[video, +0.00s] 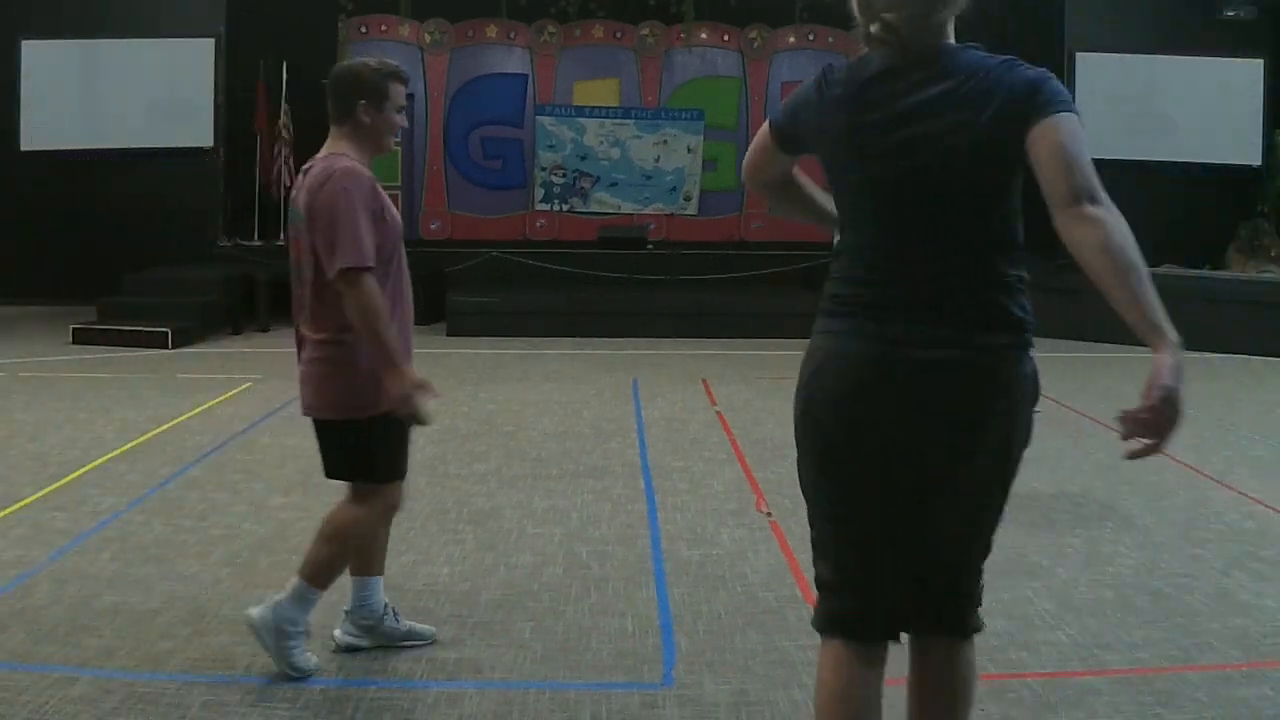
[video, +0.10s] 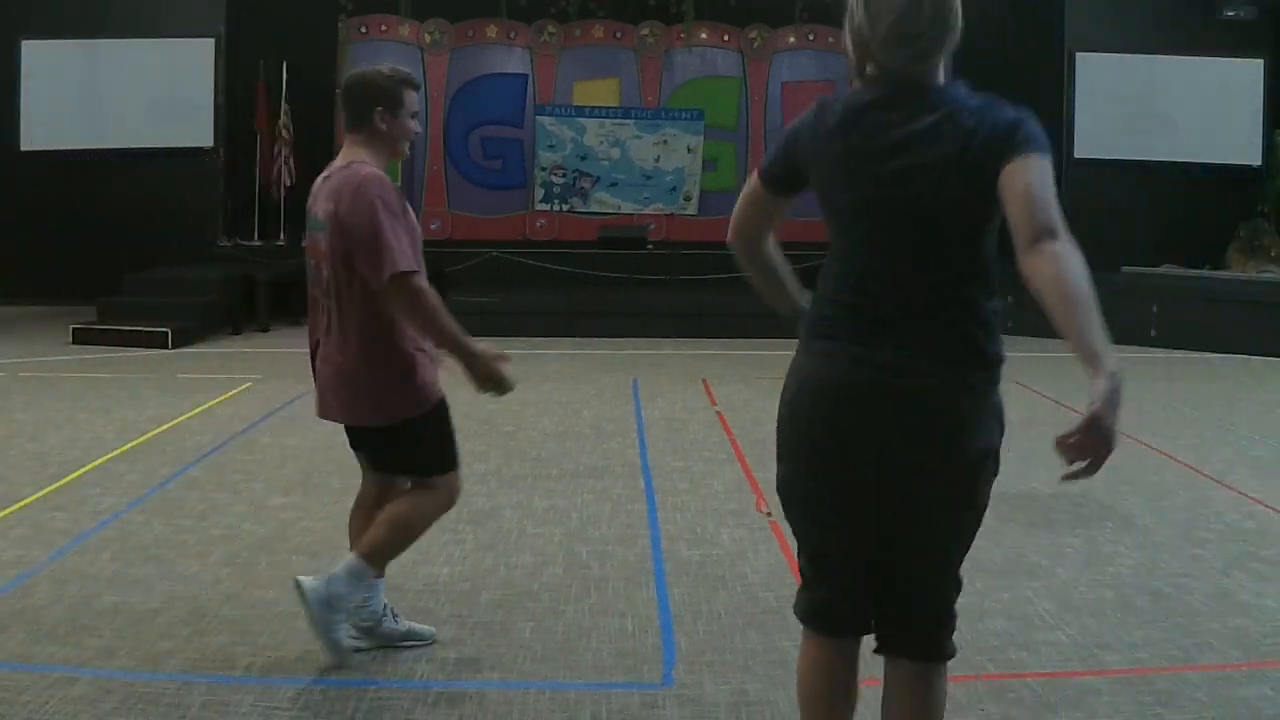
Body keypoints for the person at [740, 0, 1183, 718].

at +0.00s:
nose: (860, 15)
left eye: (860, 8)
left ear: (864, 11)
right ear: (955, 9)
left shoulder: (833, 92)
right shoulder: (1022, 89)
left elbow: (762, 169)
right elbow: (1081, 206)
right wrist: (1163, 342)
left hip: (850, 377)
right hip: (981, 382)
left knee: (850, 618)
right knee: (947, 613)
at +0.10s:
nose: (841, 36)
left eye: (846, 26)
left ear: (854, 42)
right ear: (952, 38)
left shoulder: (826, 126)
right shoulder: (1004, 128)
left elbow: (746, 233)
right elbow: (1041, 241)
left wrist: (808, 319)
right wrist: (1104, 371)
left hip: (827, 403)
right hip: (948, 413)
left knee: (829, 613)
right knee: (920, 628)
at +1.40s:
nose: (800, 119)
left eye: (811, 112)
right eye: (790, 111)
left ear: (829, 124)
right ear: (776, 123)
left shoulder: (860, 189)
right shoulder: (757, 196)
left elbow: (912, 259)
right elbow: (727, 275)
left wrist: (956, 325)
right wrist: (698, 347)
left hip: (853, 355)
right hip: (782, 357)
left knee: (854, 478)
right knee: (792, 481)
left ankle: (852, 557)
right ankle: (800, 597)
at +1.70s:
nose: (829, 127)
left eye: (838, 118)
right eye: (818, 121)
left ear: (855, 128)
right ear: (805, 134)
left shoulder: (888, 189)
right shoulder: (787, 198)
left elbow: (939, 257)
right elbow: (741, 270)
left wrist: (985, 322)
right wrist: (697, 336)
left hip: (871, 353)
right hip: (806, 354)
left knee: (867, 467)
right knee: (811, 473)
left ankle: (859, 564)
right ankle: (806, 595)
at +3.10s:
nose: (876, 134)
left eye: (883, 125)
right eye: (865, 127)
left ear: (894, 131)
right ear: (845, 136)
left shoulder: (920, 179)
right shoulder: (831, 187)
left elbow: (986, 140)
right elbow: (779, 150)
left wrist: (1050, 102)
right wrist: (734, 106)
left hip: (911, 351)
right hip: (848, 352)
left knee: (901, 480)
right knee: (855, 477)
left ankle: (861, 556)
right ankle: (852, 597)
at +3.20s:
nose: (868, 131)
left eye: (875, 123)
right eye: (857, 125)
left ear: (888, 132)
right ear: (837, 137)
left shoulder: (913, 174)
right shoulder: (833, 186)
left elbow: (965, 126)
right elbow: (808, 146)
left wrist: (1009, 69)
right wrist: (793, 69)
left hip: (915, 347)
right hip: (852, 350)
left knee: (925, 484)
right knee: (854, 483)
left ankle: (875, 548)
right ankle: (854, 601)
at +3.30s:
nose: (868, 133)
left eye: (874, 123)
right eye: (855, 128)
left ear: (888, 131)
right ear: (841, 140)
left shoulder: (910, 176)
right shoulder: (834, 189)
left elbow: (950, 126)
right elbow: (835, 123)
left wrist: (965, 60)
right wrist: (863, 56)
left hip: (919, 345)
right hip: (855, 349)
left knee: (953, 477)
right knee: (857, 481)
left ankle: (903, 558)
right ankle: (855, 600)